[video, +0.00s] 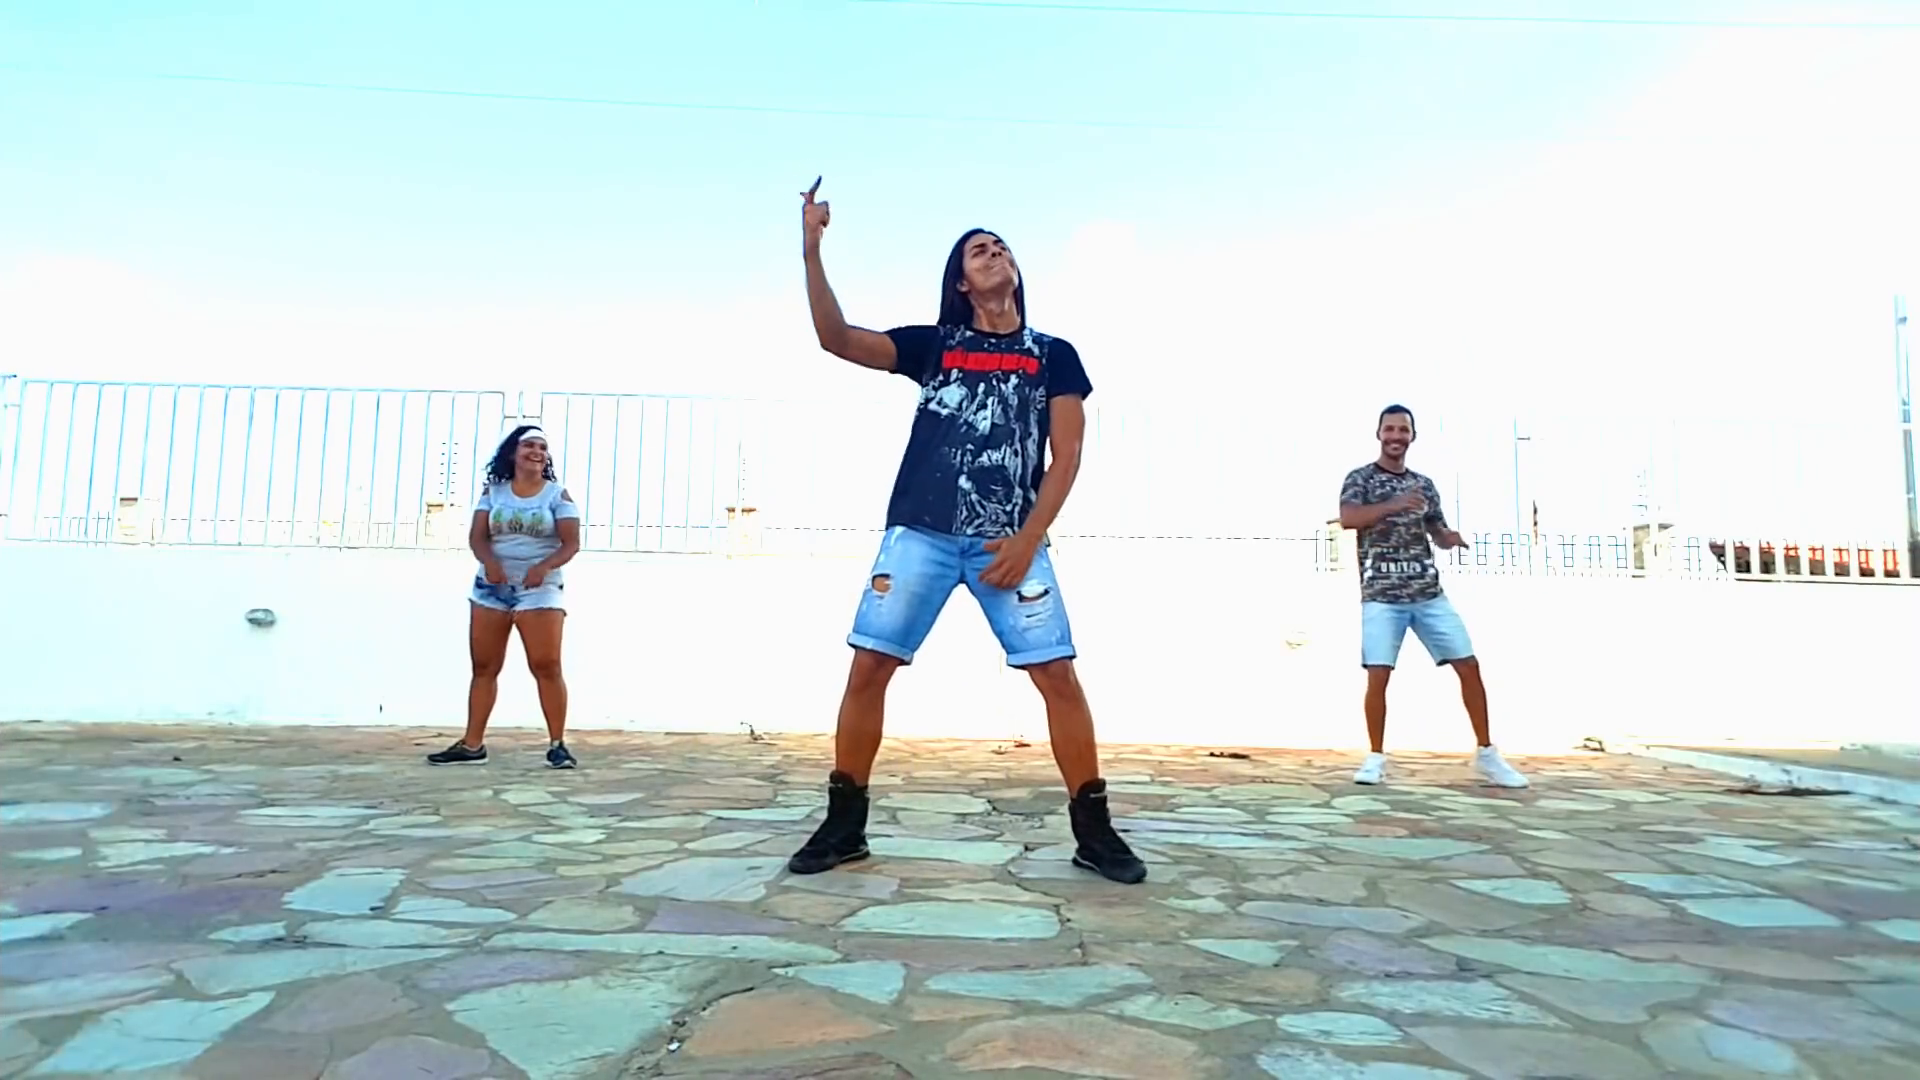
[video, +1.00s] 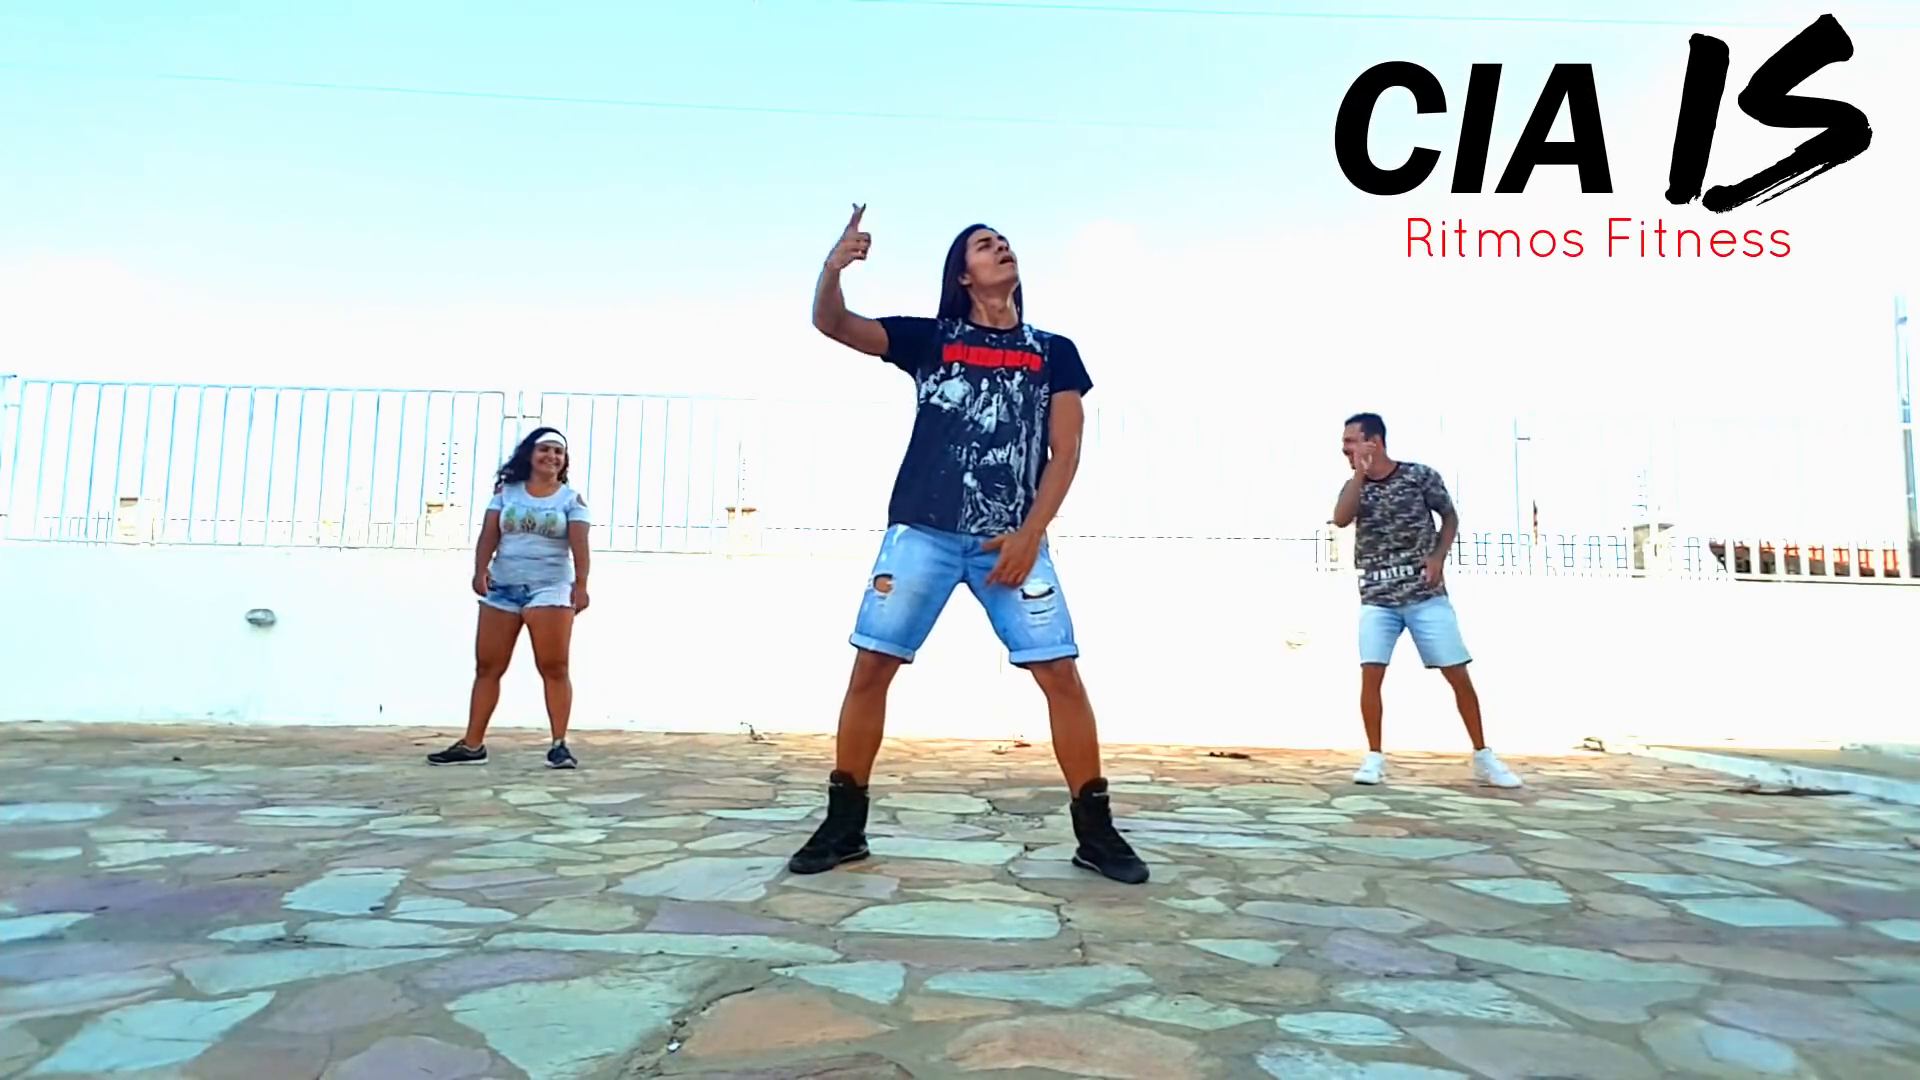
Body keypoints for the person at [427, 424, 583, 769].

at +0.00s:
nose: (536, 451)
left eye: (542, 447)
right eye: (528, 446)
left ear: (547, 457)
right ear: (512, 454)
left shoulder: (557, 495)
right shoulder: (493, 492)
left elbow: (571, 544)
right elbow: (477, 537)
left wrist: (543, 566)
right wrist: (490, 562)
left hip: (540, 591)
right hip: (492, 589)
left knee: (546, 667)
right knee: (483, 667)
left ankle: (557, 744)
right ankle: (472, 743)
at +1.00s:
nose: (550, 454)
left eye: (557, 451)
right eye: (544, 449)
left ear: (564, 460)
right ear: (528, 455)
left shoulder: (571, 500)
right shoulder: (506, 492)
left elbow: (580, 545)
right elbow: (489, 533)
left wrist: (581, 584)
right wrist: (481, 568)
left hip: (550, 589)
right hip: (501, 587)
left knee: (554, 668)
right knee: (487, 667)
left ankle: (559, 743)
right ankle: (472, 743)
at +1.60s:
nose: (555, 469)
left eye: (563, 464)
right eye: (549, 462)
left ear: (575, 468)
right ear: (538, 463)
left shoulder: (585, 503)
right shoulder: (518, 496)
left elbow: (587, 550)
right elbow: (498, 544)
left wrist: (553, 554)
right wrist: (476, 587)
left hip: (562, 592)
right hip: (514, 590)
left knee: (560, 668)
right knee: (497, 668)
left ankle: (558, 745)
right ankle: (473, 743)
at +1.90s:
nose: (561, 468)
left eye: (570, 464)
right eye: (557, 460)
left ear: (579, 471)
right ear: (546, 460)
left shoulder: (585, 503)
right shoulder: (523, 492)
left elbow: (591, 555)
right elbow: (504, 535)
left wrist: (589, 601)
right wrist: (506, 559)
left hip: (563, 588)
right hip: (520, 587)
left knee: (559, 669)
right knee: (494, 668)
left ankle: (558, 745)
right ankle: (473, 743)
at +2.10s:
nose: (549, 466)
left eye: (558, 462)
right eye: (545, 459)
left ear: (574, 468)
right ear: (538, 461)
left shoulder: (585, 505)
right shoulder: (523, 493)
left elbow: (597, 559)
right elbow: (505, 534)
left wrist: (592, 601)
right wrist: (503, 564)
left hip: (562, 587)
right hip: (520, 586)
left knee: (556, 667)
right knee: (494, 665)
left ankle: (557, 745)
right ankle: (473, 743)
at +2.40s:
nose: (541, 462)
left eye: (549, 455)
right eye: (535, 456)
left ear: (567, 460)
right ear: (529, 460)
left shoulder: (581, 503)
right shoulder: (514, 493)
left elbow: (579, 551)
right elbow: (491, 540)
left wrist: (536, 541)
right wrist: (470, 583)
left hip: (558, 591)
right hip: (509, 589)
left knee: (559, 668)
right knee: (483, 667)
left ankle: (559, 745)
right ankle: (471, 744)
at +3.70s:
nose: (521, 455)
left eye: (529, 450)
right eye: (515, 450)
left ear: (543, 458)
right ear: (507, 457)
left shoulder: (552, 494)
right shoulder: (491, 494)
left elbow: (560, 516)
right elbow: (477, 528)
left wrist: (552, 525)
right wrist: (472, 538)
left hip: (538, 585)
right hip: (492, 585)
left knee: (548, 666)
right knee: (478, 667)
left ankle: (559, 744)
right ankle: (471, 743)